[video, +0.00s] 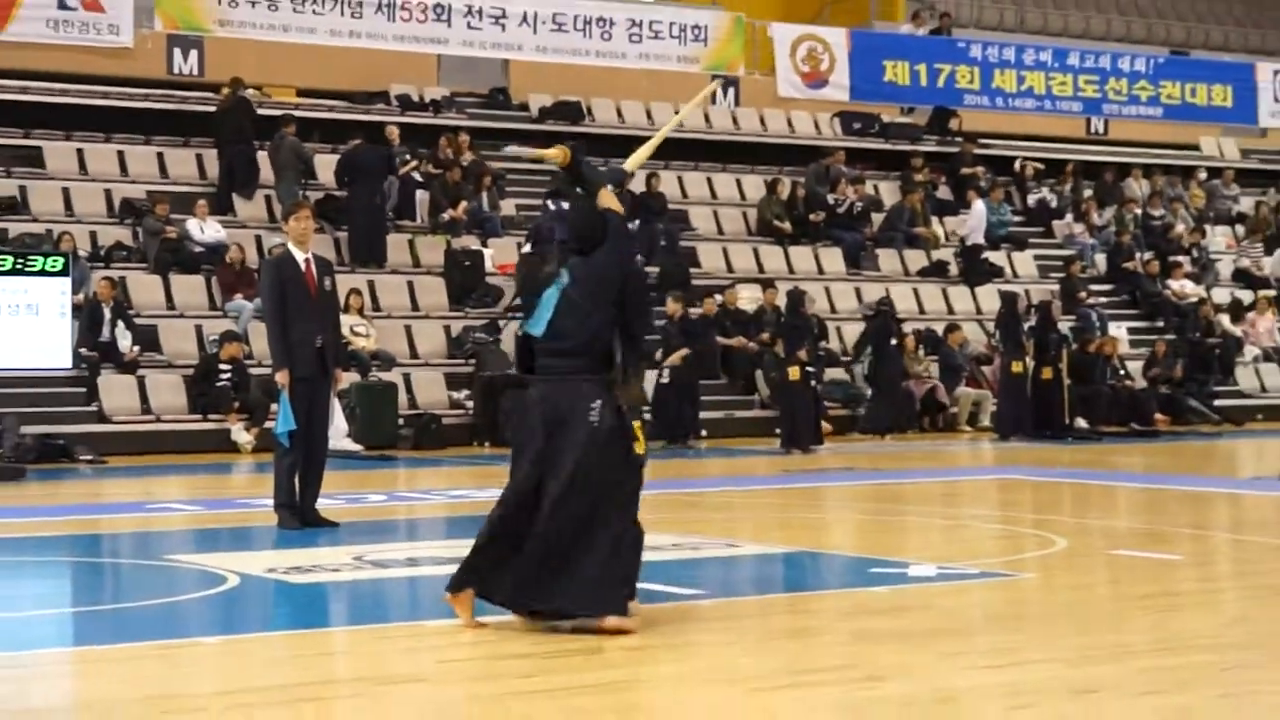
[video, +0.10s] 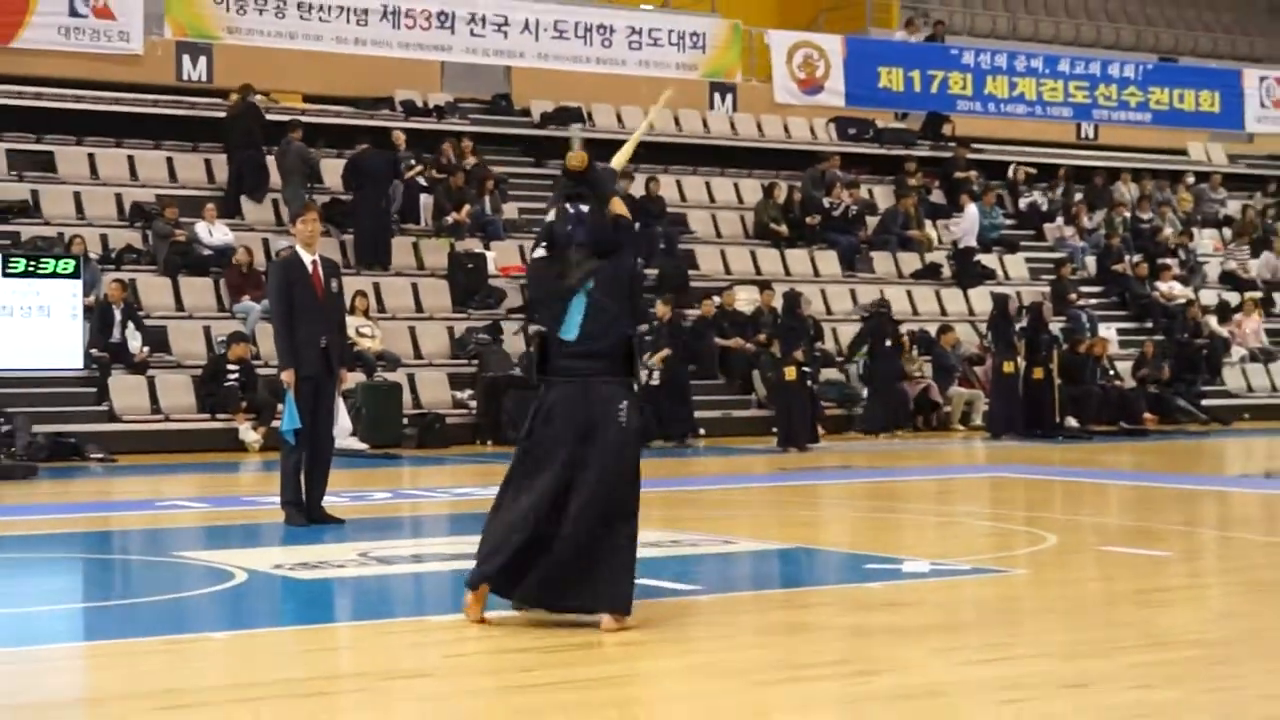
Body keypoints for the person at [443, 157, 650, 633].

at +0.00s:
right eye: (613, 230)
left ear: (563, 236)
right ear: (603, 238)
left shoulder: (537, 273)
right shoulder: (605, 273)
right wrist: (613, 212)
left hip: (539, 396)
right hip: (588, 398)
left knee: (527, 492)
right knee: (612, 496)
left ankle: (466, 582)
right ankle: (606, 604)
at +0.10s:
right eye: (615, 216)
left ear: (568, 234)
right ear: (610, 230)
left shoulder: (547, 276)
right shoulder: (621, 272)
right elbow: (628, 238)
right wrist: (617, 205)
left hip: (560, 392)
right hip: (611, 394)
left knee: (530, 484)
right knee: (615, 498)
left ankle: (482, 578)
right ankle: (613, 606)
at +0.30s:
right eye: (622, 206)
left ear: (571, 223)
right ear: (615, 221)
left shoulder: (556, 271)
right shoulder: (631, 269)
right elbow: (645, 234)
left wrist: (562, 229)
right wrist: (623, 212)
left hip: (574, 393)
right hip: (625, 391)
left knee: (563, 492)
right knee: (624, 496)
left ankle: (553, 597)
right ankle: (615, 603)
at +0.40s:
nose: (567, 227)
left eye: (572, 221)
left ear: (575, 229)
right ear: (616, 229)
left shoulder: (556, 272)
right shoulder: (637, 273)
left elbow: (544, 312)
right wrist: (615, 202)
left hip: (579, 392)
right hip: (628, 391)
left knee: (578, 494)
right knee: (624, 493)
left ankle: (585, 601)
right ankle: (618, 598)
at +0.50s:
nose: (581, 231)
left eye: (586, 223)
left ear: (589, 229)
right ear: (628, 229)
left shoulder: (569, 275)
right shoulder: (643, 278)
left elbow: (548, 333)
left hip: (589, 395)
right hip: (638, 393)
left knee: (584, 496)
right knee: (621, 497)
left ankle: (583, 604)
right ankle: (602, 601)